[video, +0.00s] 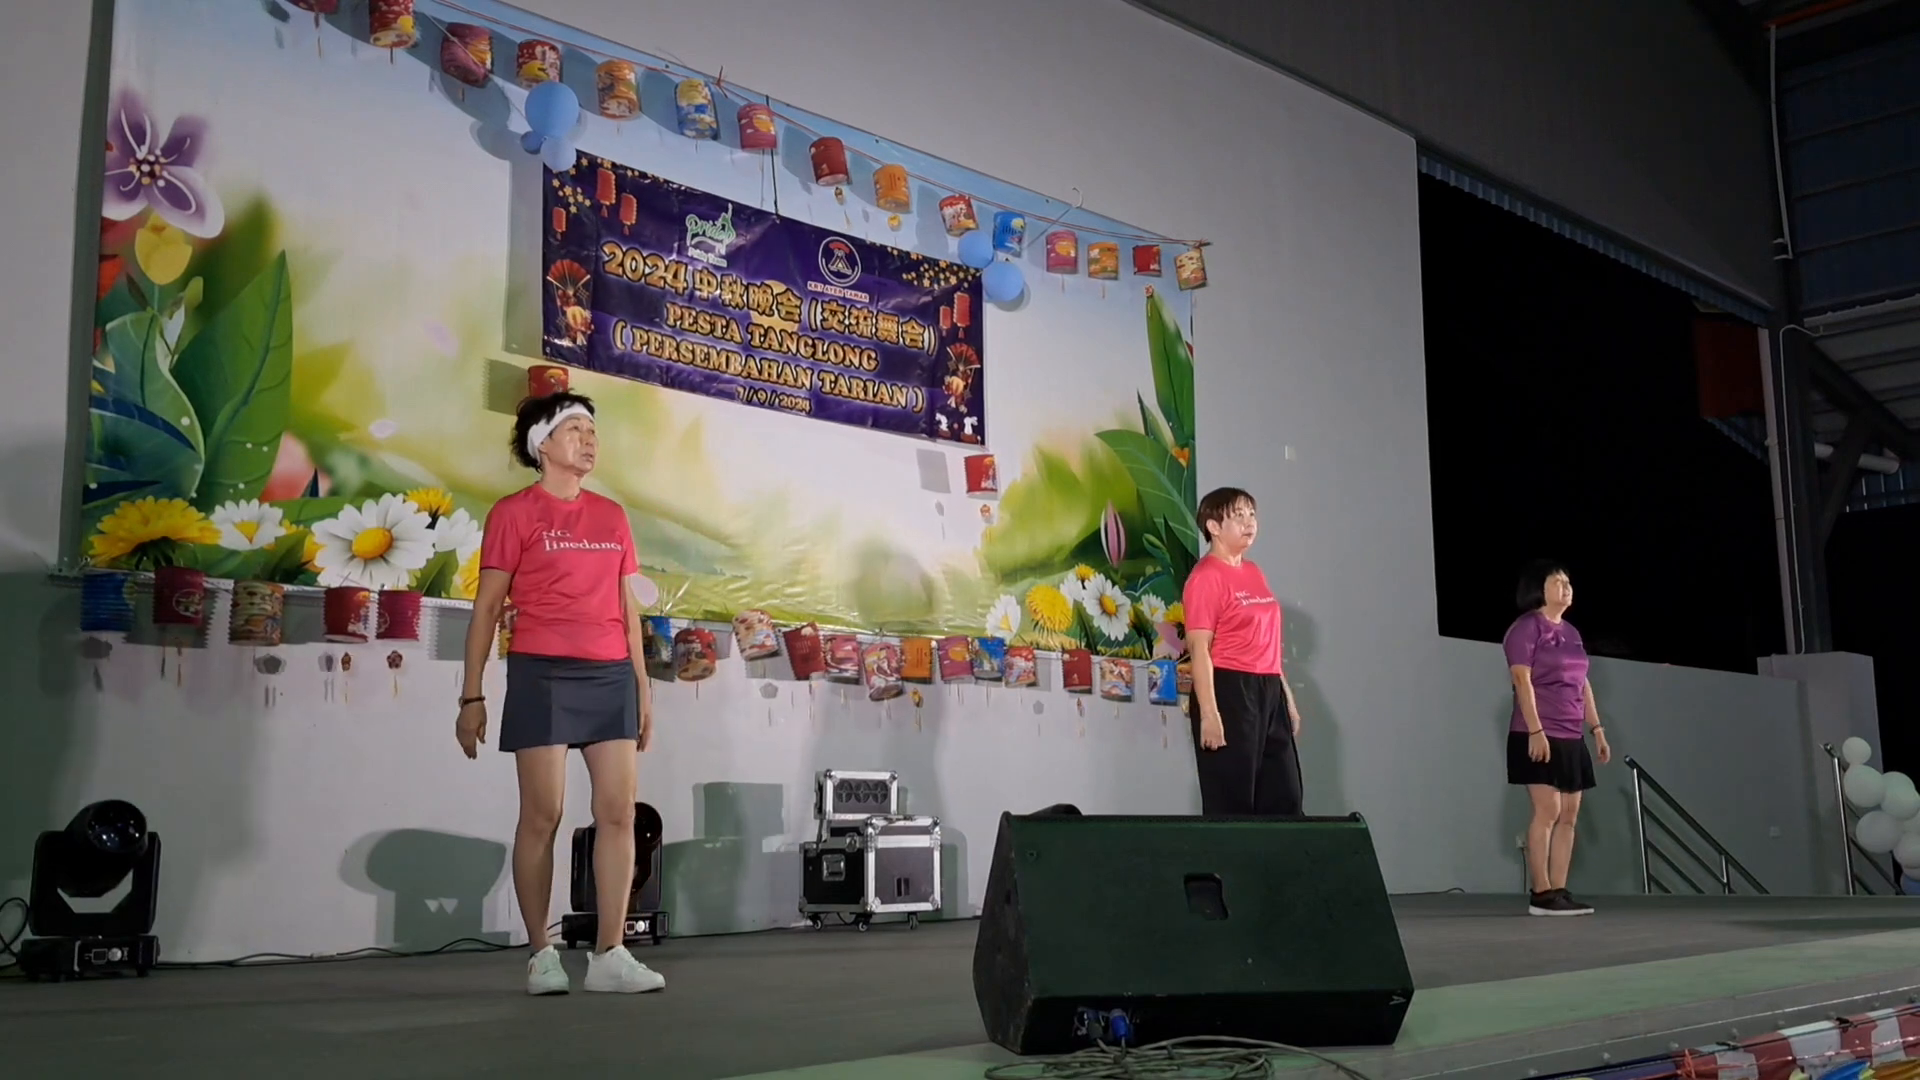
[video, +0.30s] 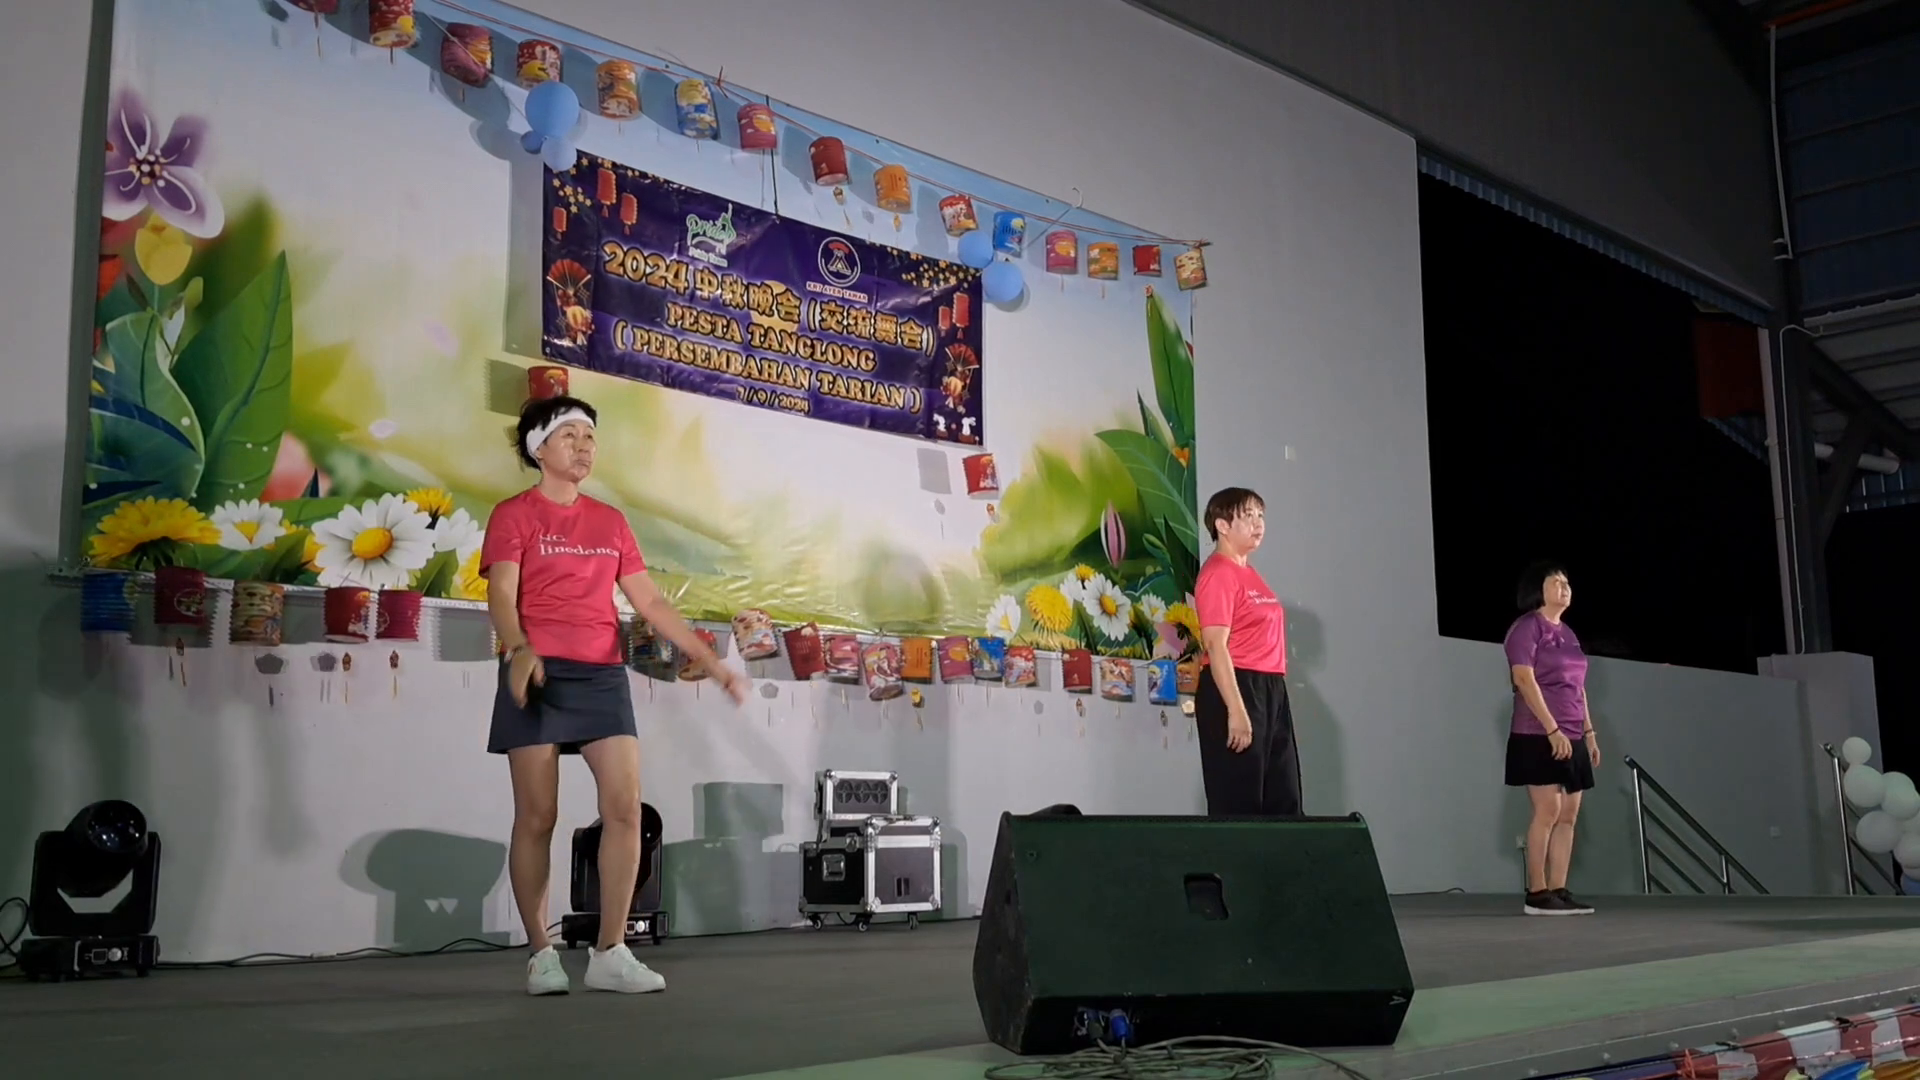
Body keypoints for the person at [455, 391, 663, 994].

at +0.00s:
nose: (588, 439)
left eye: (591, 432)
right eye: (575, 430)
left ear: (594, 446)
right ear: (541, 442)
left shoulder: (611, 516)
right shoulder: (514, 512)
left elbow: (630, 613)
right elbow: (487, 608)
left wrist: (643, 690)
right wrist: (472, 695)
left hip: (613, 677)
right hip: (540, 677)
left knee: (619, 812)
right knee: (543, 814)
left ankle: (610, 952)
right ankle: (542, 950)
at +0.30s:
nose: (583, 446)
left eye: (589, 438)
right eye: (570, 436)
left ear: (595, 449)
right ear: (538, 447)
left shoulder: (609, 521)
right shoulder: (515, 514)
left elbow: (651, 603)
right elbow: (502, 591)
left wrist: (710, 661)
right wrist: (516, 648)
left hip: (602, 676)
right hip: (534, 673)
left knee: (624, 807)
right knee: (537, 815)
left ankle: (609, 951)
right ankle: (542, 949)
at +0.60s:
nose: (580, 447)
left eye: (586, 438)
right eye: (565, 437)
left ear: (593, 450)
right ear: (536, 450)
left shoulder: (611, 522)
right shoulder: (516, 513)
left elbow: (668, 586)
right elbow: (501, 570)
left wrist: (723, 563)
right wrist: (544, 545)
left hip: (602, 675)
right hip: (532, 673)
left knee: (624, 806)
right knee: (538, 815)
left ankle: (610, 951)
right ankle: (542, 950)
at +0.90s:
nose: (582, 449)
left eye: (588, 439)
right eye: (568, 438)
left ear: (594, 450)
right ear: (536, 450)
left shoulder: (609, 520)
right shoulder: (516, 510)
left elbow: (671, 578)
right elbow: (504, 561)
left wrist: (717, 534)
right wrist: (549, 512)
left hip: (606, 674)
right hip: (539, 672)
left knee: (619, 808)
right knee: (546, 813)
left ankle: (610, 953)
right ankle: (542, 951)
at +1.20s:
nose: (581, 448)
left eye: (587, 438)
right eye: (567, 438)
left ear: (595, 449)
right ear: (537, 450)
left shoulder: (610, 522)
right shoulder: (515, 515)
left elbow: (666, 591)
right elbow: (507, 572)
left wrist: (706, 541)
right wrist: (552, 516)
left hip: (599, 678)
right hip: (532, 673)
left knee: (622, 808)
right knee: (538, 814)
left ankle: (609, 953)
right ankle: (541, 950)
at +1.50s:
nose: (579, 440)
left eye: (585, 432)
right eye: (565, 431)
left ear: (593, 448)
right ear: (535, 446)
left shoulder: (611, 518)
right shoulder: (515, 510)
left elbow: (666, 585)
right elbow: (501, 569)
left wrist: (710, 544)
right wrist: (545, 522)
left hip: (603, 675)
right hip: (534, 672)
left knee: (620, 808)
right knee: (539, 813)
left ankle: (609, 953)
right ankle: (541, 951)